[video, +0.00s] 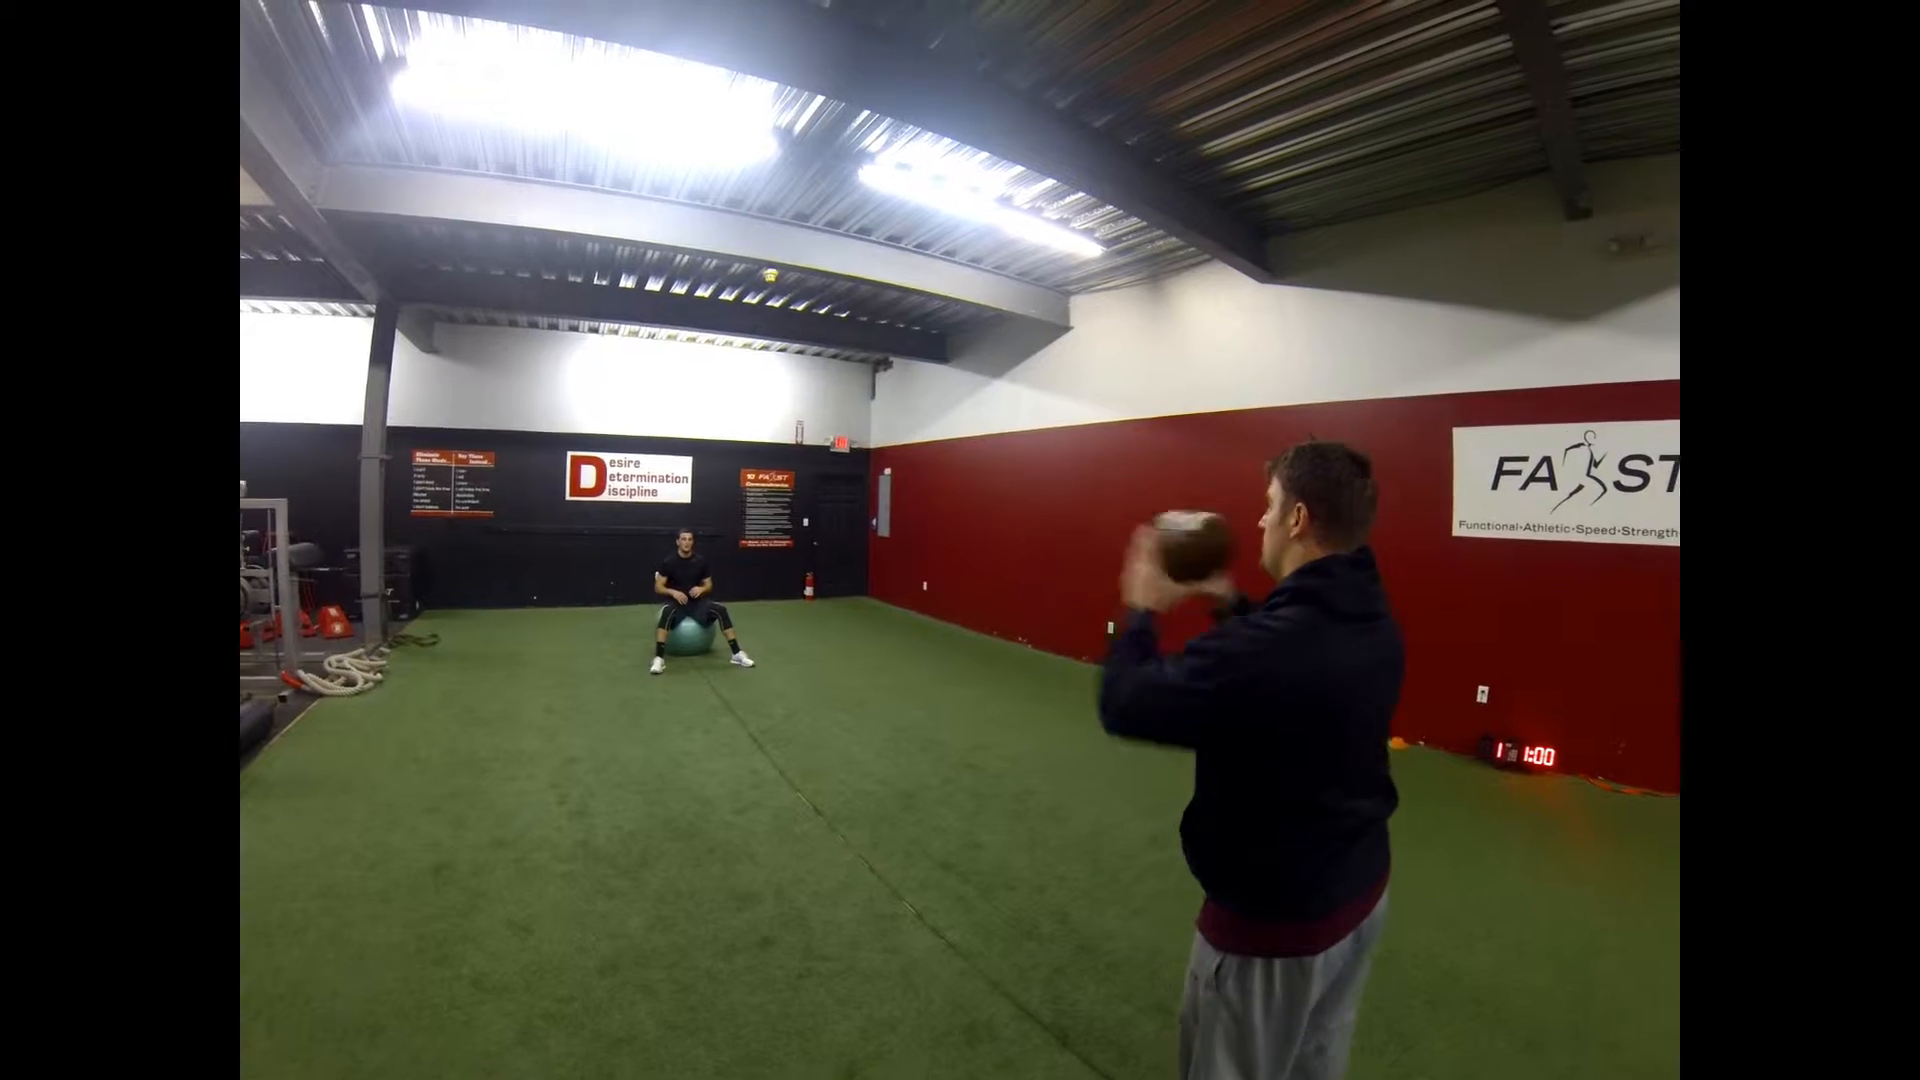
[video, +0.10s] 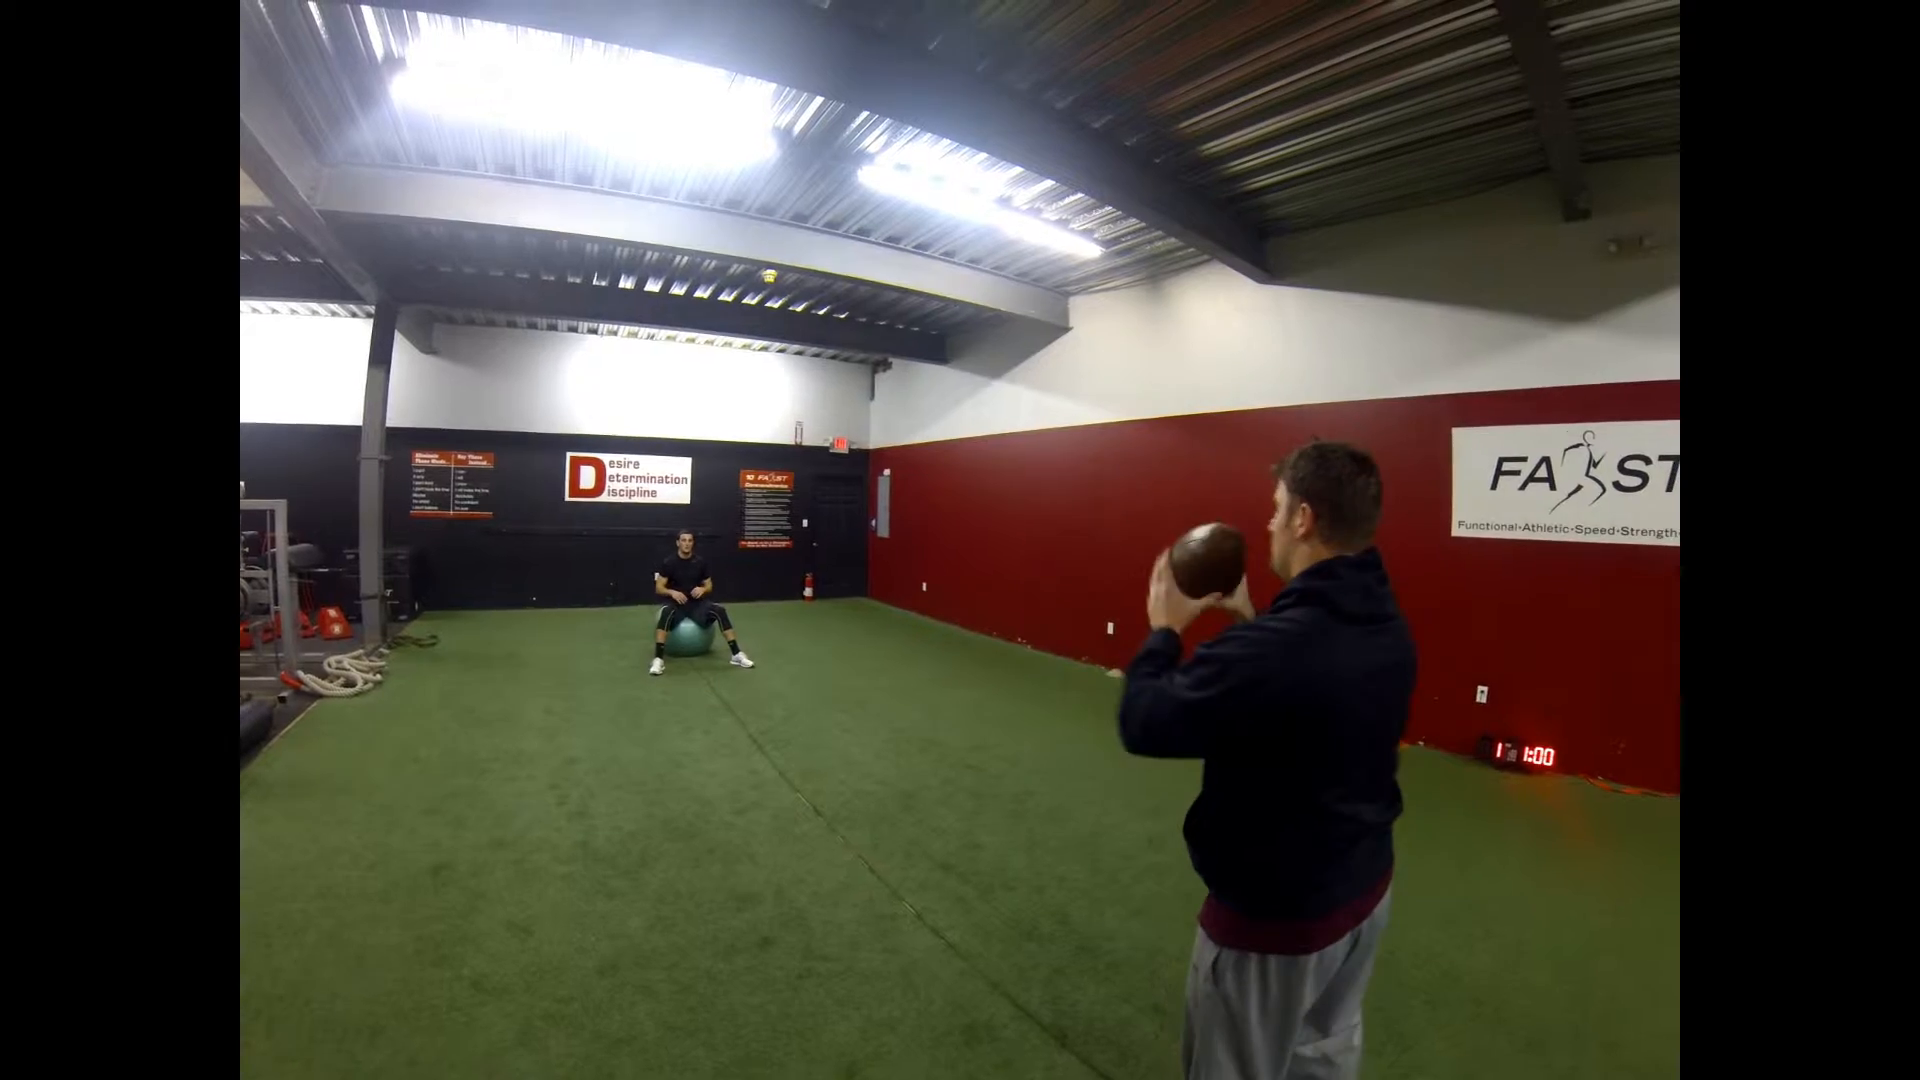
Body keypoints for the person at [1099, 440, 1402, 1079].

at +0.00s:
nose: (1260, 523)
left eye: (1268, 506)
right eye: (1264, 506)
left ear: (1300, 517)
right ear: (1357, 525)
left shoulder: (1265, 644)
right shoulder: (1374, 621)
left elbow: (1126, 706)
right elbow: (1294, 664)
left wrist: (1140, 608)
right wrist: (1227, 600)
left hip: (1266, 923)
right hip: (1357, 896)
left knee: (1227, 1067)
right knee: (1316, 1066)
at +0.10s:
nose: (1270, 523)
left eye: (1276, 508)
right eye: (1272, 508)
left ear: (1304, 519)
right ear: (1364, 522)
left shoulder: (1272, 646)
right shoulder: (1386, 624)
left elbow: (1144, 724)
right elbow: (1310, 700)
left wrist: (1164, 630)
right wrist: (1249, 623)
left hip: (1269, 919)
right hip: (1361, 893)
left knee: (1229, 1064)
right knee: (1326, 1056)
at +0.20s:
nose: (1292, 528)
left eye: (1297, 513)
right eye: (1294, 514)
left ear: (1319, 522)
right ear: (1385, 525)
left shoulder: (1275, 648)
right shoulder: (1411, 635)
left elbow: (1169, 738)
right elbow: (1339, 706)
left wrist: (1174, 646)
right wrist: (1271, 626)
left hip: (1276, 915)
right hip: (1374, 896)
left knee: (1231, 1066)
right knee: (1333, 1063)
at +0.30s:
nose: (1310, 530)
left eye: (1313, 516)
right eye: (1311, 516)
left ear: (1333, 523)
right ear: (1399, 526)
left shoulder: (1289, 646)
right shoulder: (1429, 638)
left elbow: (1190, 739)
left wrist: (1197, 653)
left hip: (1283, 914)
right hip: (1383, 900)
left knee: (1228, 1065)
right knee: (1344, 1064)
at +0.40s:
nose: (1335, 528)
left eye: (1338, 516)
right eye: (1336, 516)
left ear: (1354, 525)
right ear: (1424, 530)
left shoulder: (1304, 642)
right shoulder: (1451, 643)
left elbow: (1212, 734)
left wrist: (1241, 652)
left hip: (1295, 911)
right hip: (1395, 902)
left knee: (1230, 1064)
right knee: (1352, 1066)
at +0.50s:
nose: (1352, 531)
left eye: (1355, 518)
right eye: (1355, 519)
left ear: (1371, 526)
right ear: (1442, 534)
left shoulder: (1320, 637)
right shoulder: (1468, 649)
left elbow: (1229, 728)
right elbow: (1447, 765)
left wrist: (1268, 647)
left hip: (1300, 909)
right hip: (1402, 904)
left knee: (1227, 1065)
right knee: (1355, 1066)